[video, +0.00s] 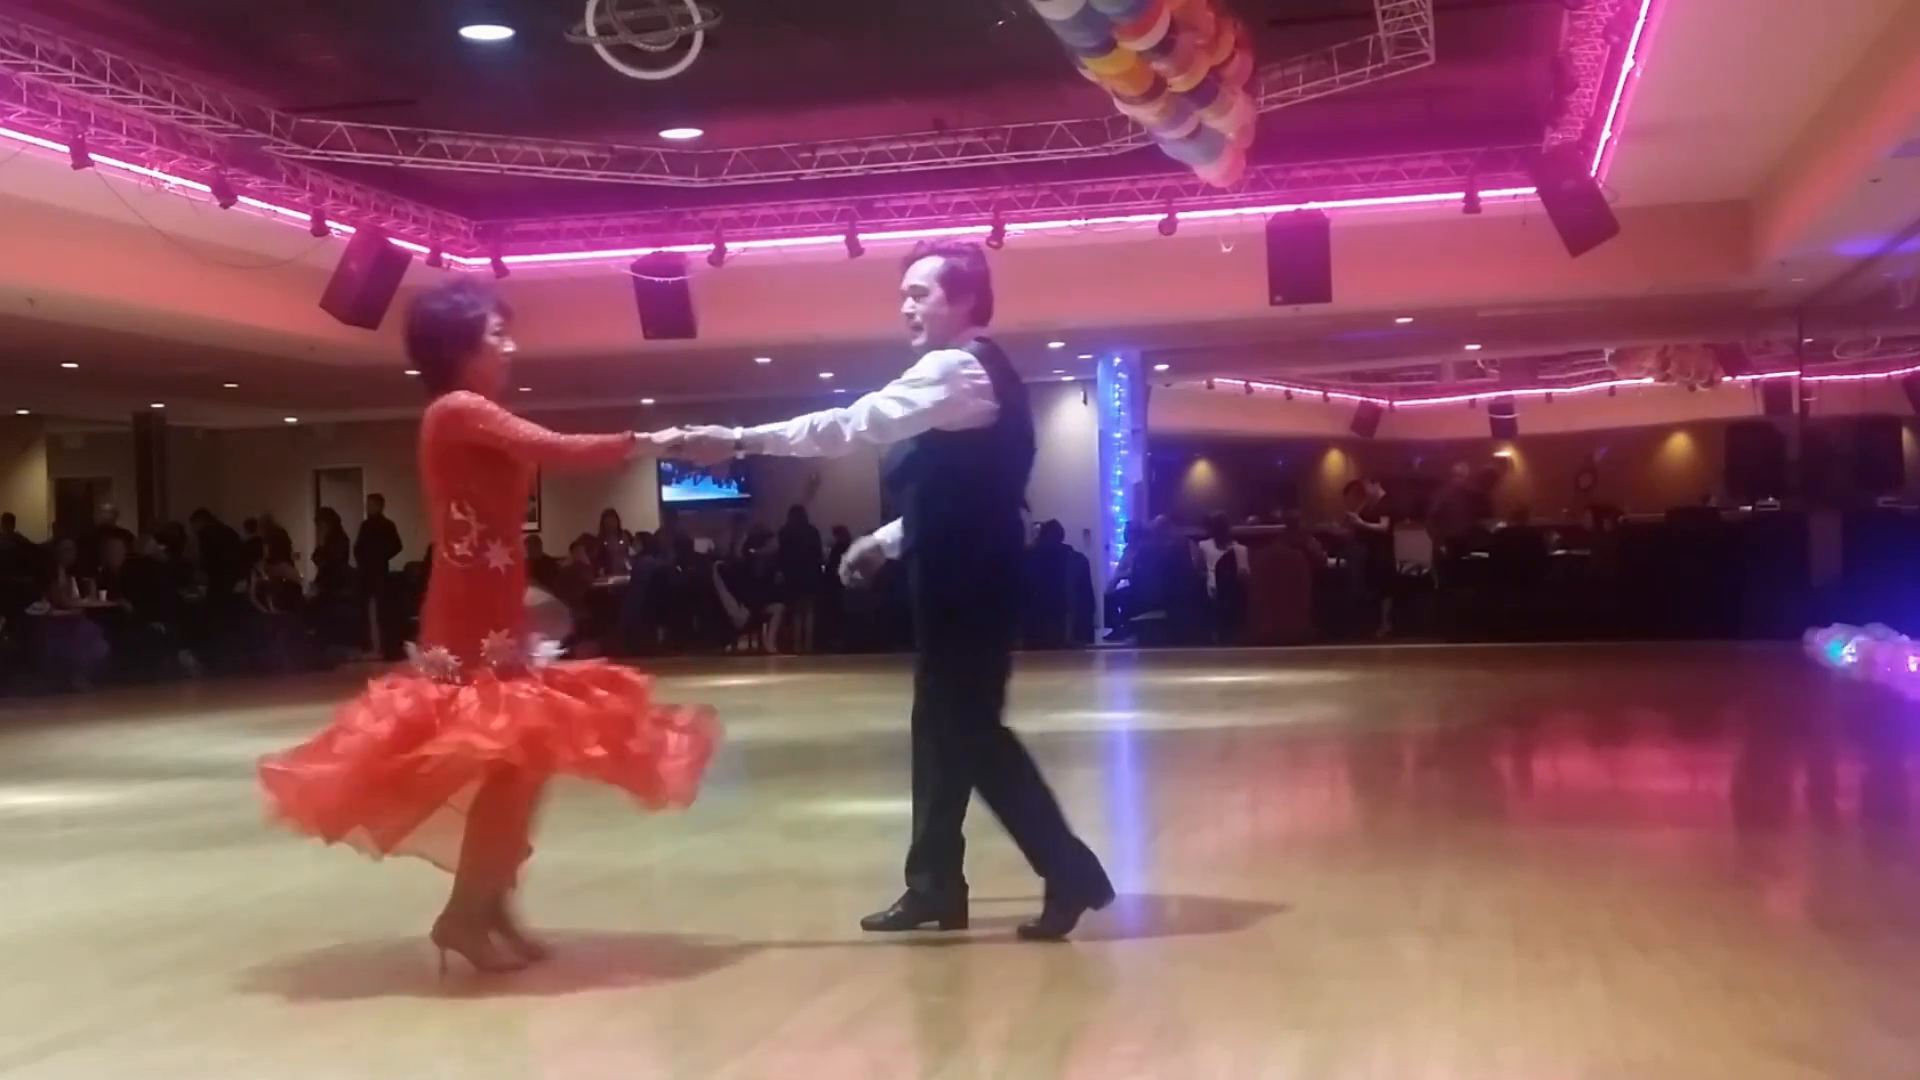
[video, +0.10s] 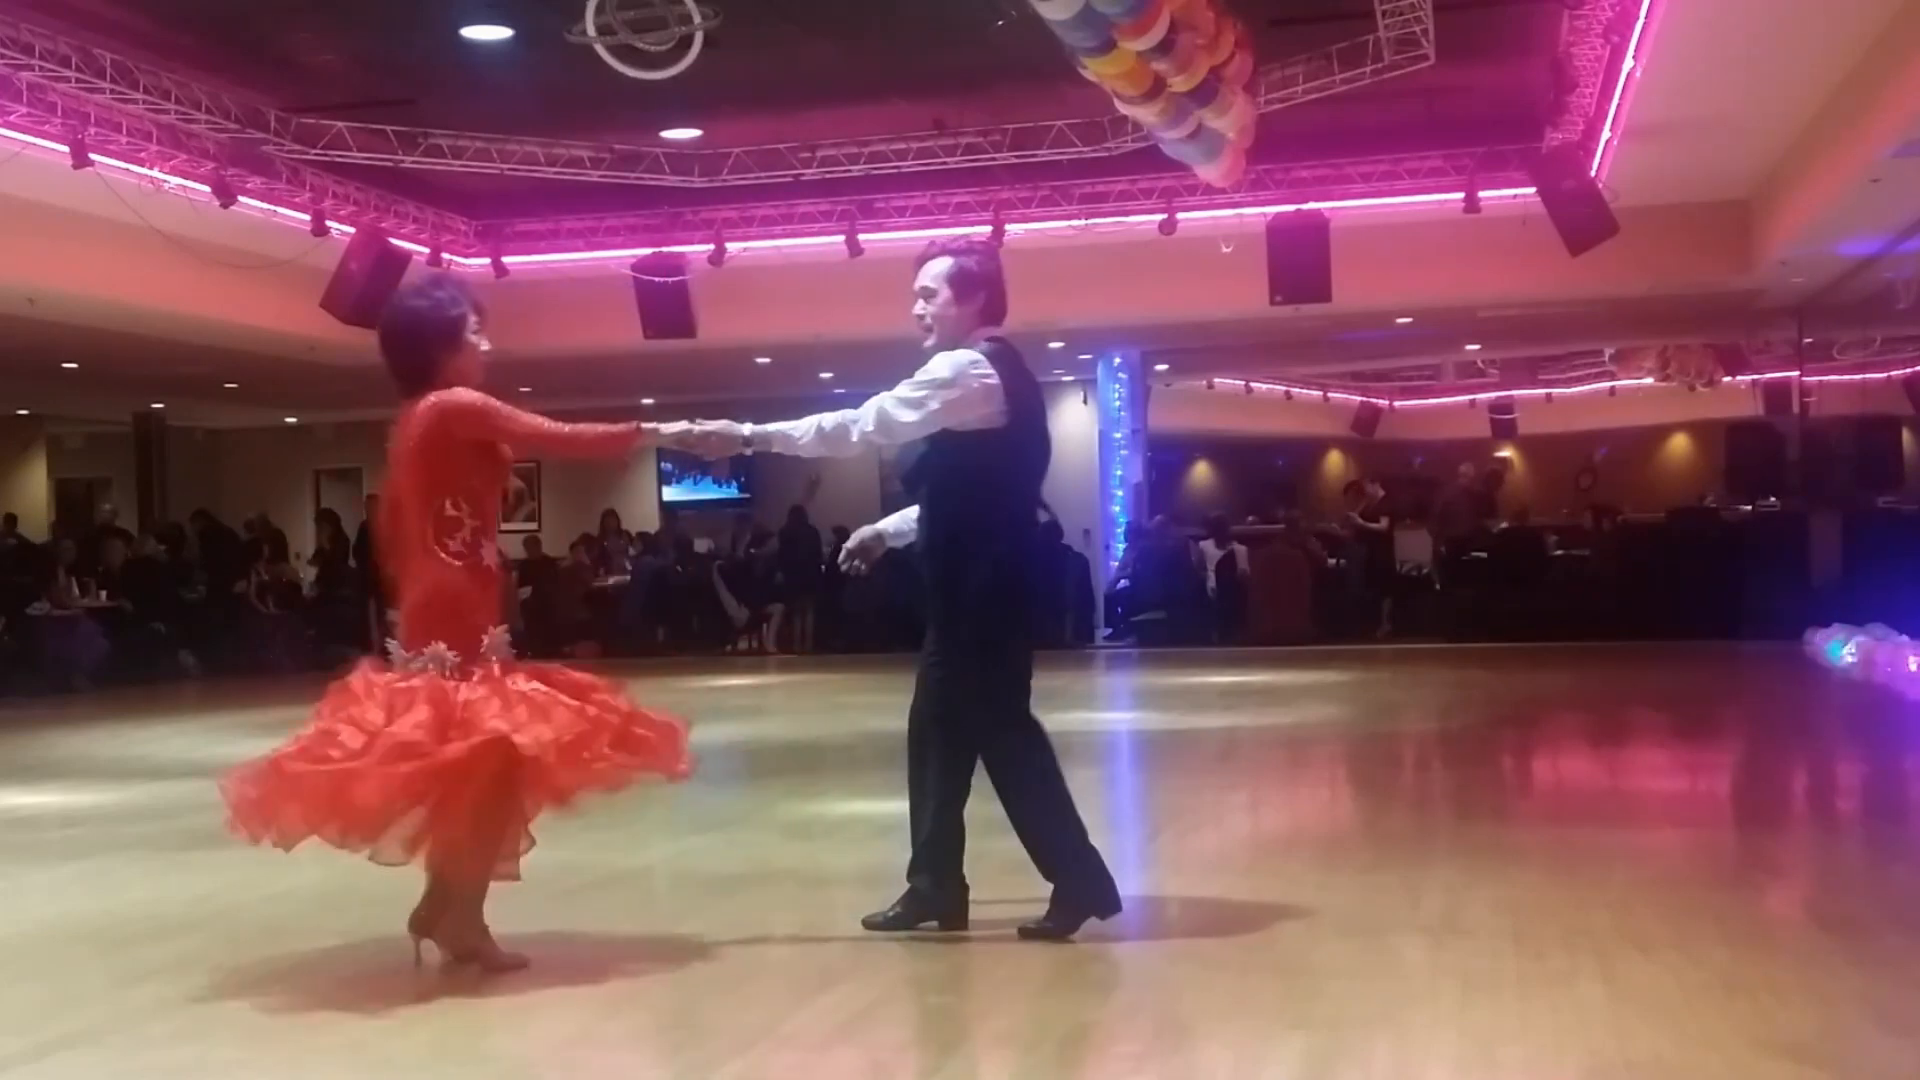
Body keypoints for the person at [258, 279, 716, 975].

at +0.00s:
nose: (510, 345)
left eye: (506, 332)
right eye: (498, 333)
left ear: (463, 344)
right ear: (461, 344)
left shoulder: (473, 413)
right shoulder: (458, 412)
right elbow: (557, 449)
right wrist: (655, 443)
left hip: (490, 607)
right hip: (474, 612)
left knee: (525, 754)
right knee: (511, 758)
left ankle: (492, 898)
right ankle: (464, 913)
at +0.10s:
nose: (486, 343)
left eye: (481, 330)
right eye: (475, 331)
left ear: (416, 348)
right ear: (447, 343)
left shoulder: (415, 420)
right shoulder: (457, 407)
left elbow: (389, 520)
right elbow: (564, 437)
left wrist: (412, 591)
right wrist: (665, 433)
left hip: (430, 608)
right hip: (460, 607)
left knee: (476, 760)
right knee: (490, 762)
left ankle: (445, 903)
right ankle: (460, 916)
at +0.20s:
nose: (469, 344)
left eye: (464, 332)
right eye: (460, 334)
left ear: (395, 355)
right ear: (437, 349)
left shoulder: (384, 426)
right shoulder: (464, 407)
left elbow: (337, 518)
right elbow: (568, 429)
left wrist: (314, 602)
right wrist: (671, 428)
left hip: (395, 588)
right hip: (449, 585)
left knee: (427, 750)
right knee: (475, 750)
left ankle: (432, 905)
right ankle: (471, 919)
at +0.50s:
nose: (485, 341)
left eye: (478, 328)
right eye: (474, 332)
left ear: (411, 355)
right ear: (450, 346)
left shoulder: (397, 429)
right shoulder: (472, 404)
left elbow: (349, 516)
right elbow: (566, 449)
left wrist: (299, 595)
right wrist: (666, 458)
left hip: (420, 581)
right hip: (469, 577)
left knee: (490, 744)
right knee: (483, 751)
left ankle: (522, 888)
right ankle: (472, 919)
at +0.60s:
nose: (514, 343)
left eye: (507, 330)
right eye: (501, 333)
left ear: (447, 354)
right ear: (473, 348)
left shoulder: (436, 424)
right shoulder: (486, 406)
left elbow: (399, 529)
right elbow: (562, 465)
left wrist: (390, 627)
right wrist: (667, 476)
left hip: (458, 591)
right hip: (491, 591)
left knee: (531, 743)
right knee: (506, 756)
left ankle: (543, 892)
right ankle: (482, 907)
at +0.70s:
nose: (542, 345)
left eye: (536, 332)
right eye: (529, 334)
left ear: (477, 353)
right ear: (498, 349)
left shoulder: (476, 419)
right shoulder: (502, 409)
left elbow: (462, 536)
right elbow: (536, 479)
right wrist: (624, 494)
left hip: (497, 606)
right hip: (518, 607)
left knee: (538, 753)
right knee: (551, 752)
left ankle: (543, 891)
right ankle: (523, 892)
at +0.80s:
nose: (573, 340)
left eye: (568, 328)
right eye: (560, 329)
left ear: (528, 343)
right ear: (524, 341)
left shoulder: (536, 410)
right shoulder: (517, 405)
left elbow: (528, 514)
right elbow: (501, 484)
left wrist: (594, 551)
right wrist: (579, 516)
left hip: (549, 597)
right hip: (533, 603)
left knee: (580, 745)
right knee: (572, 746)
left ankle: (571, 893)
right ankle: (559, 895)